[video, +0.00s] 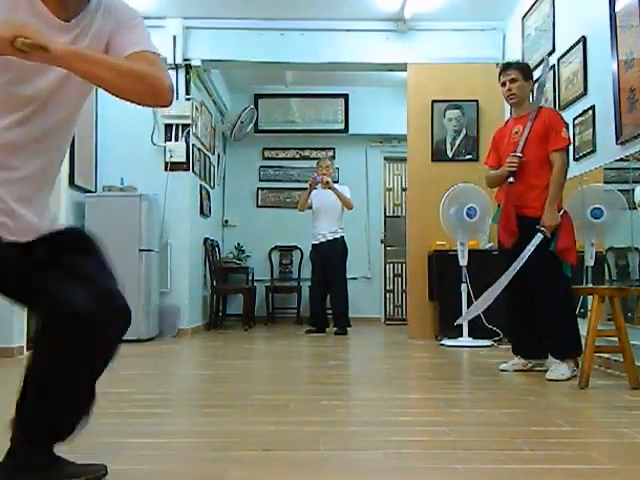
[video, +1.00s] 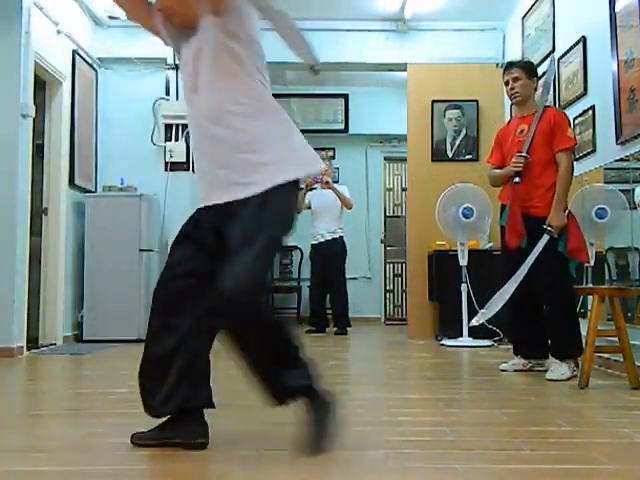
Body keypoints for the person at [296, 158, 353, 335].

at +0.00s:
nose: (325, 171)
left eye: (327, 168)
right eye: (321, 168)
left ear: (332, 170)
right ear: (317, 171)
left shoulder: (341, 189)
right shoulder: (313, 193)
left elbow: (349, 206)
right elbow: (301, 207)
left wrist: (332, 189)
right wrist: (309, 189)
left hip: (336, 241)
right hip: (318, 243)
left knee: (338, 285)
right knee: (317, 286)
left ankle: (341, 324)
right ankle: (318, 323)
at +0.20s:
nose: (325, 171)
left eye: (328, 168)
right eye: (321, 168)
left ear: (332, 170)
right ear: (317, 171)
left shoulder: (341, 189)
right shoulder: (313, 192)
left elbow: (349, 206)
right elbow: (301, 207)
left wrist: (332, 189)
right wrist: (309, 189)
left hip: (336, 241)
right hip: (318, 243)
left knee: (338, 285)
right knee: (317, 286)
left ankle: (341, 324)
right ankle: (318, 323)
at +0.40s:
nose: (324, 171)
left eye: (327, 168)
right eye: (321, 168)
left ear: (332, 170)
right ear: (317, 171)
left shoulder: (341, 189)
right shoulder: (313, 193)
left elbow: (349, 206)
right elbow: (301, 208)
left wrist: (332, 189)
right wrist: (308, 189)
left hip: (336, 241)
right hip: (318, 243)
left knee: (338, 285)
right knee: (317, 286)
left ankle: (341, 324)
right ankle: (318, 323)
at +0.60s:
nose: (324, 171)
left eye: (327, 168)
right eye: (321, 168)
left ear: (332, 170)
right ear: (316, 171)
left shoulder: (341, 189)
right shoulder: (313, 193)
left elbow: (349, 206)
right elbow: (300, 208)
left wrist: (332, 189)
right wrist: (307, 189)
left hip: (336, 241)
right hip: (318, 243)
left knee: (338, 285)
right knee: (317, 286)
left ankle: (341, 324)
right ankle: (318, 323)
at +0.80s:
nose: (324, 171)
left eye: (327, 168)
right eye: (321, 168)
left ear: (332, 170)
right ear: (316, 171)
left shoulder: (341, 189)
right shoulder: (312, 194)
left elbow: (349, 205)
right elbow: (299, 208)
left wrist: (332, 189)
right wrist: (305, 189)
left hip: (336, 241)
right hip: (318, 243)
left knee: (338, 285)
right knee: (317, 286)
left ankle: (341, 324)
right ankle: (318, 323)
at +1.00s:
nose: (324, 173)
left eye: (327, 169)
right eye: (321, 170)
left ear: (332, 172)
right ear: (317, 173)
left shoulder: (341, 189)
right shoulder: (312, 193)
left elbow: (348, 205)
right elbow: (298, 208)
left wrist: (332, 187)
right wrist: (305, 190)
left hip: (335, 240)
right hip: (317, 242)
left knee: (337, 285)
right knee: (317, 286)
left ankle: (341, 323)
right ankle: (318, 322)